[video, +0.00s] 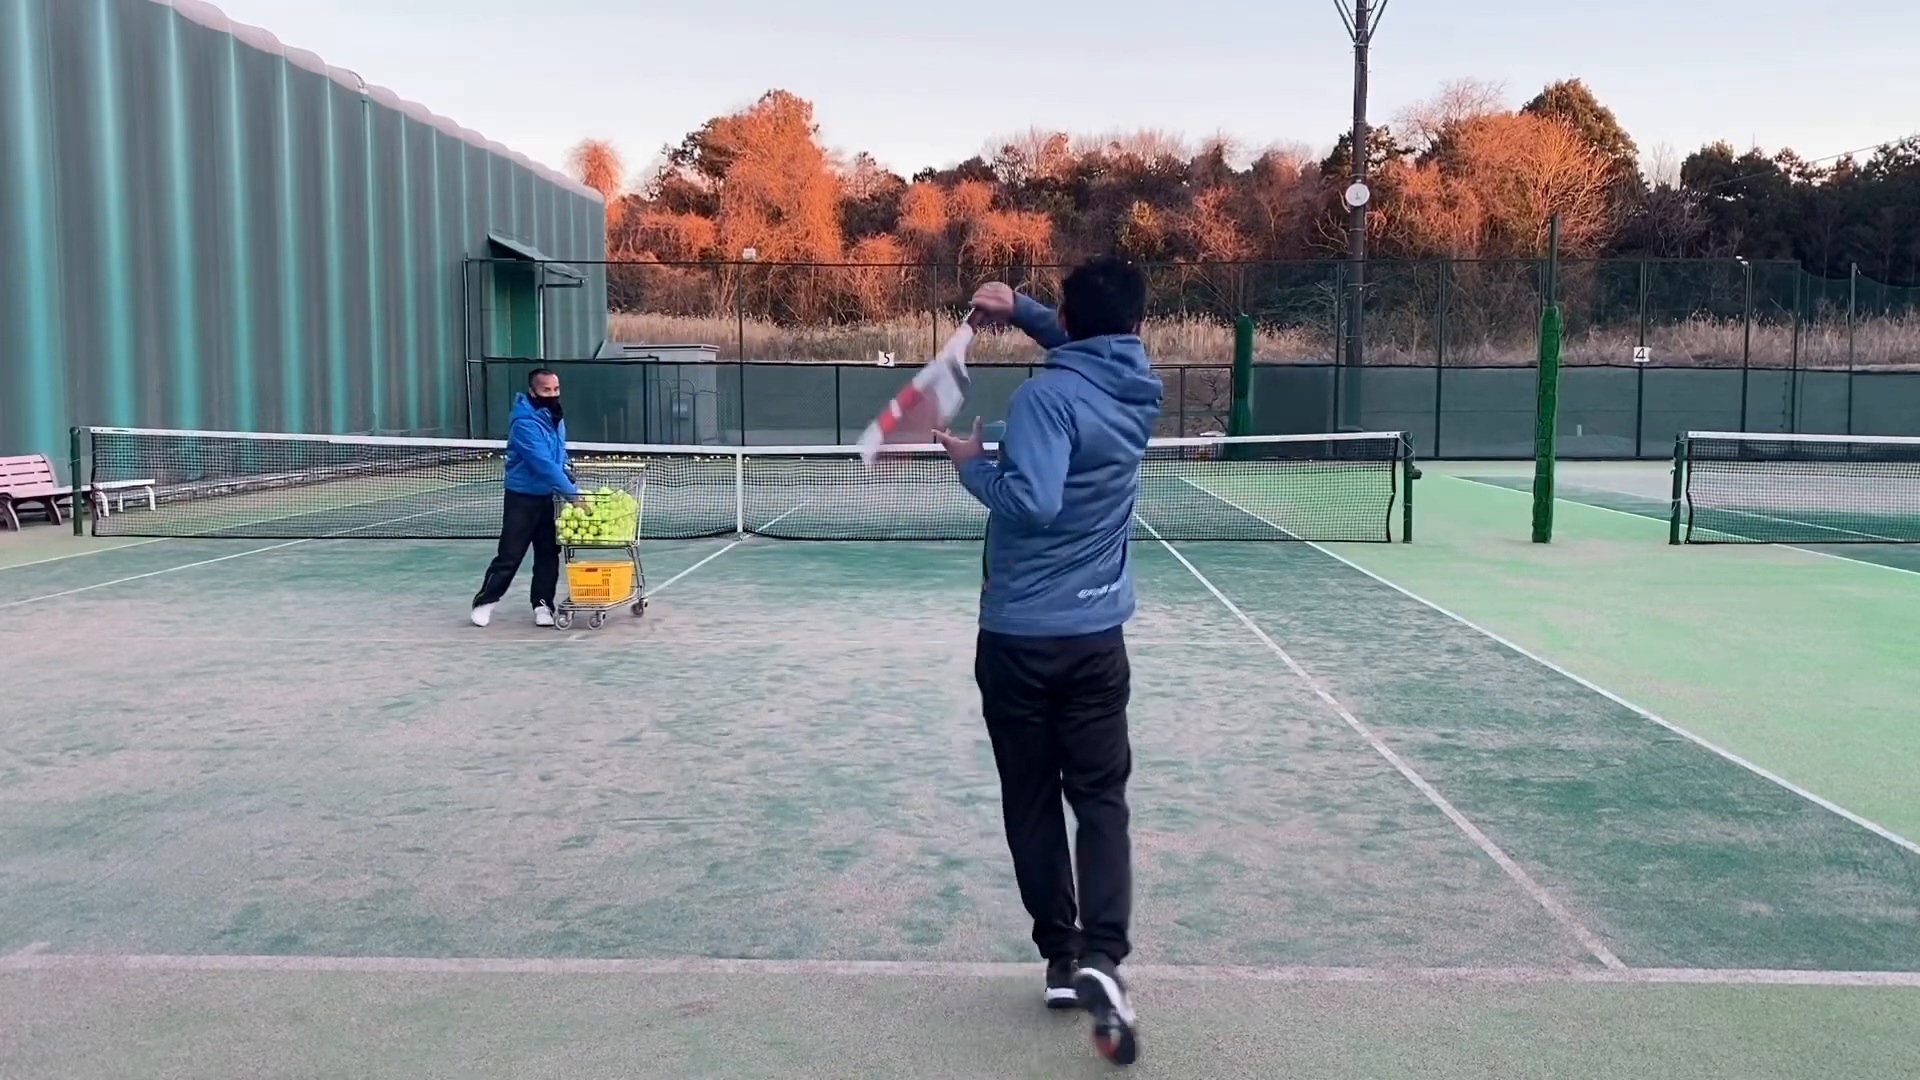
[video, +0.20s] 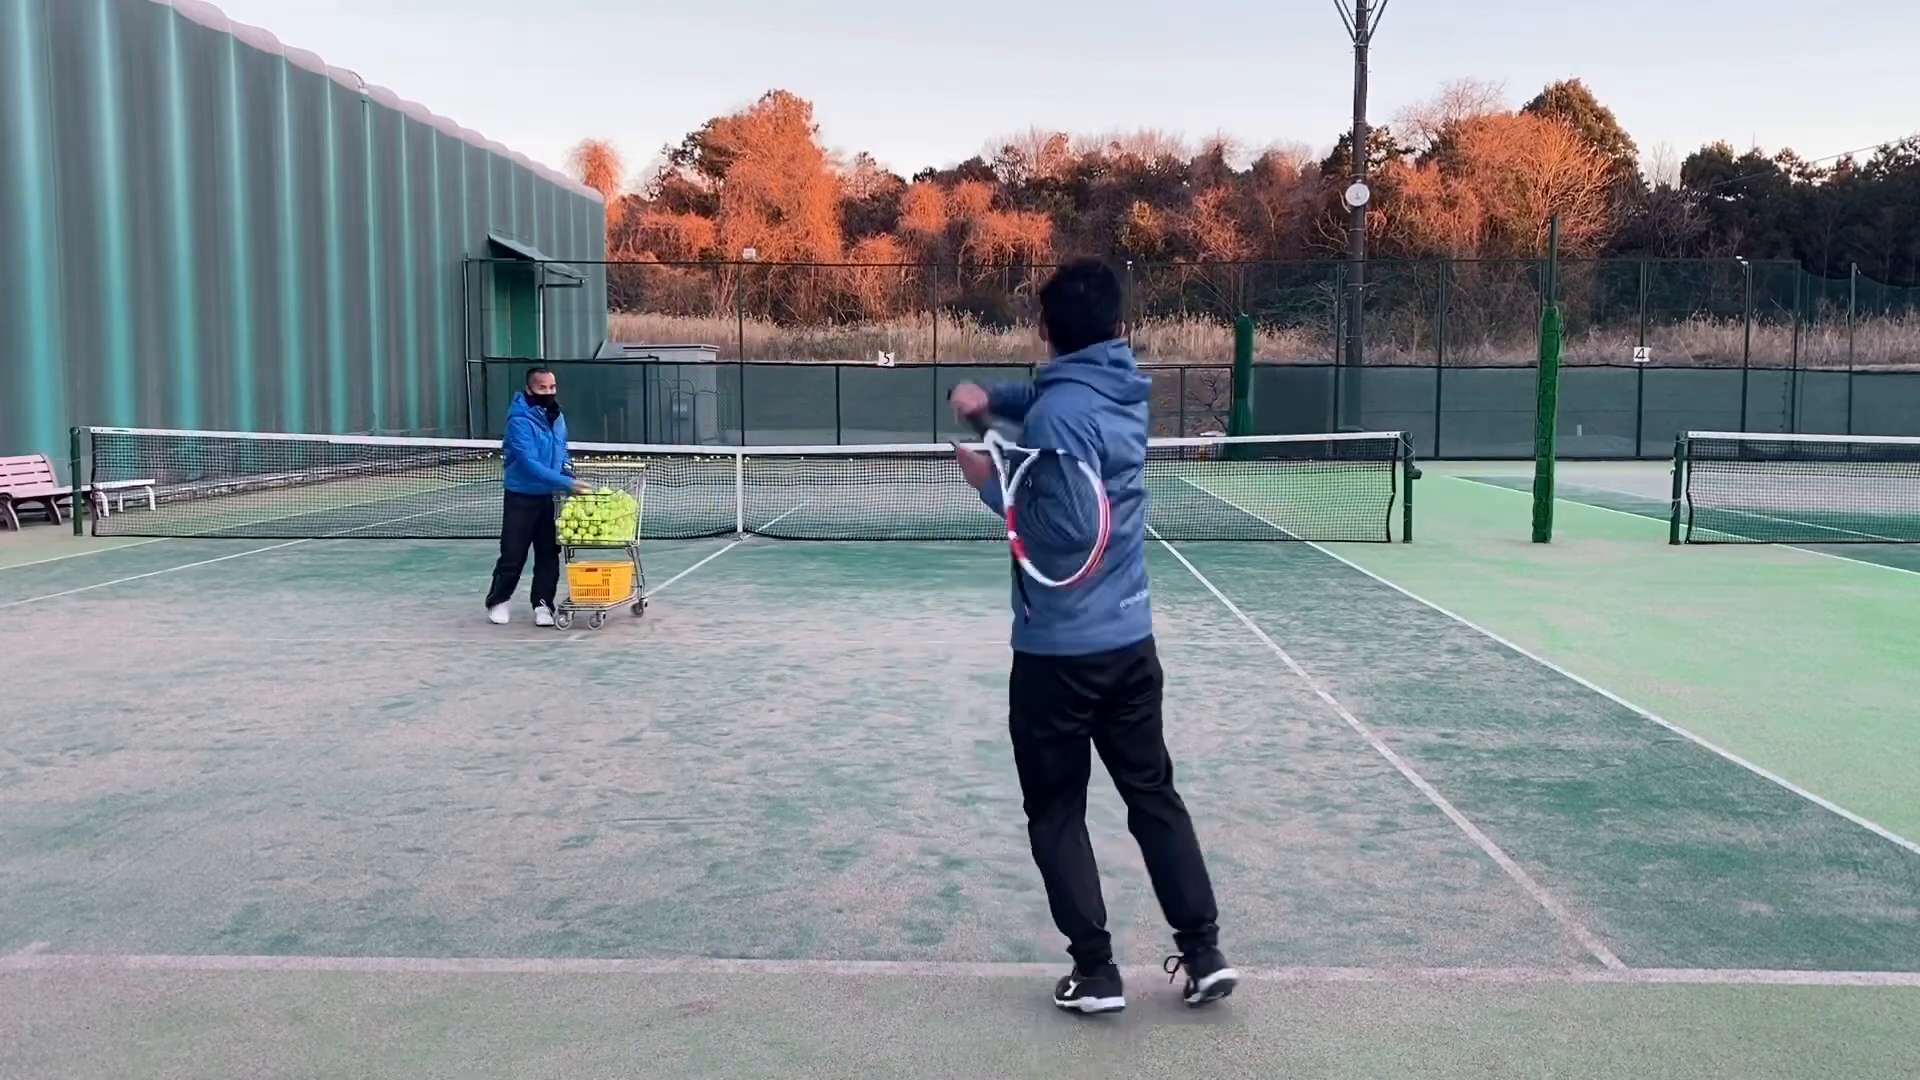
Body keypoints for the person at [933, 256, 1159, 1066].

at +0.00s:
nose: (1056, 317)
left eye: (1063, 309)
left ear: (1068, 320)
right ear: (1135, 326)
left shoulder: (1045, 395)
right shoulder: (1139, 386)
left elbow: (1034, 499)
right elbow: (1075, 337)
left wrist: (970, 460)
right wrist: (1018, 305)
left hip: (1018, 637)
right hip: (1097, 636)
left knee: (1031, 803)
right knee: (1102, 796)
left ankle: (1063, 961)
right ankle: (1102, 961)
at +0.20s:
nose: (1035, 331)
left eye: (1039, 321)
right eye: (1041, 319)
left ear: (1047, 329)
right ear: (1114, 327)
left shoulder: (1057, 414)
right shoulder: (1125, 387)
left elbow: (1070, 534)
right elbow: (1054, 397)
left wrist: (994, 486)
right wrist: (990, 402)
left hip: (1057, 654)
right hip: (1129, 643)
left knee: (1056, 812)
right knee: (1153, 794)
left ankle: (1095, 972)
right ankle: (1203, 952)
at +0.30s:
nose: (1025, 351)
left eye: (1029, 343)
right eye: (1031, 340)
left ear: (1039, 355)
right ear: (1100, 353)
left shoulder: (1063, 435)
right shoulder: (1113, 419)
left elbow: (1075, 554)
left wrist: (994, 524)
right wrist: (1035, 481)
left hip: (1077, 678)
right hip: (1141, 666)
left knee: (1022, 812)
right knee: (1163, 809)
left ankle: (1094, 952)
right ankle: (1237, 958)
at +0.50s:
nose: (981, 403)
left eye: (983, 393)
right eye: (983, 392)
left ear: (992, 402)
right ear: (1059, 395)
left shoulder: (1019, 477)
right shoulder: (1083, 465)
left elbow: (1019, 594)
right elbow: (1105, 567)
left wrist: (957, 589)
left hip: (1059, 706)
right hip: (1116, 697)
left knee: (940, 791)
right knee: (1146, 835)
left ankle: (979, 950)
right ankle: (1243, 970)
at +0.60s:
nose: (938, 388)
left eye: (938, 379)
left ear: (947, 389)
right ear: (1021, 383)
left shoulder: (957, 469)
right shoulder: (1053, 464)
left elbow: (938, 588)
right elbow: (1088, 570)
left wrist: (911, 571)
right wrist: (999, 559)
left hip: (992, 708)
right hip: (1070, 695)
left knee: (911, 826)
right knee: (1124, 826)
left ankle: (937, 991)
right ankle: (1231, 962)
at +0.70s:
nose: (897, 365)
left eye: (899, 356)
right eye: (899, 355)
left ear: (910, 363)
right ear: (978, 359)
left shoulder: (895, 442)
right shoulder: (1016, 443)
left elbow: (859, 554)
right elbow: (1054, 542)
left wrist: (868, 509)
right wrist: (979, 550)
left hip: (932, 689)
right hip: (1016, 679)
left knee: (898, 835)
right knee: (1057, 810)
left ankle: (938, 991)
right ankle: (1157, 952)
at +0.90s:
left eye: (832, 319)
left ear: (837, 324)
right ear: (909, 317)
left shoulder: (817, 406)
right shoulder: (958, 408)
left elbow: (769, 519)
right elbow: (992, 515)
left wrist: (823, 500)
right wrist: (922, 526)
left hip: (843, 649)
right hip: (930, 646)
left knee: (835, 810)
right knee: (921, 802)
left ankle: (850, 976)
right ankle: (930, 982)